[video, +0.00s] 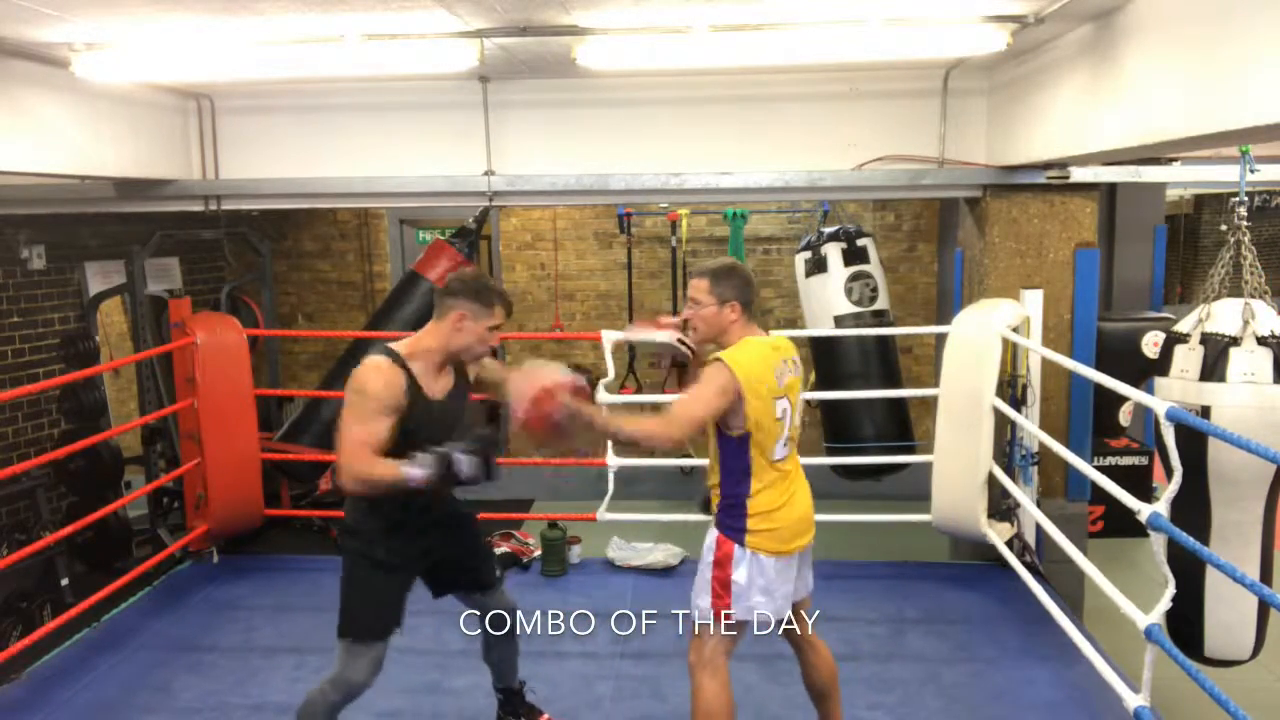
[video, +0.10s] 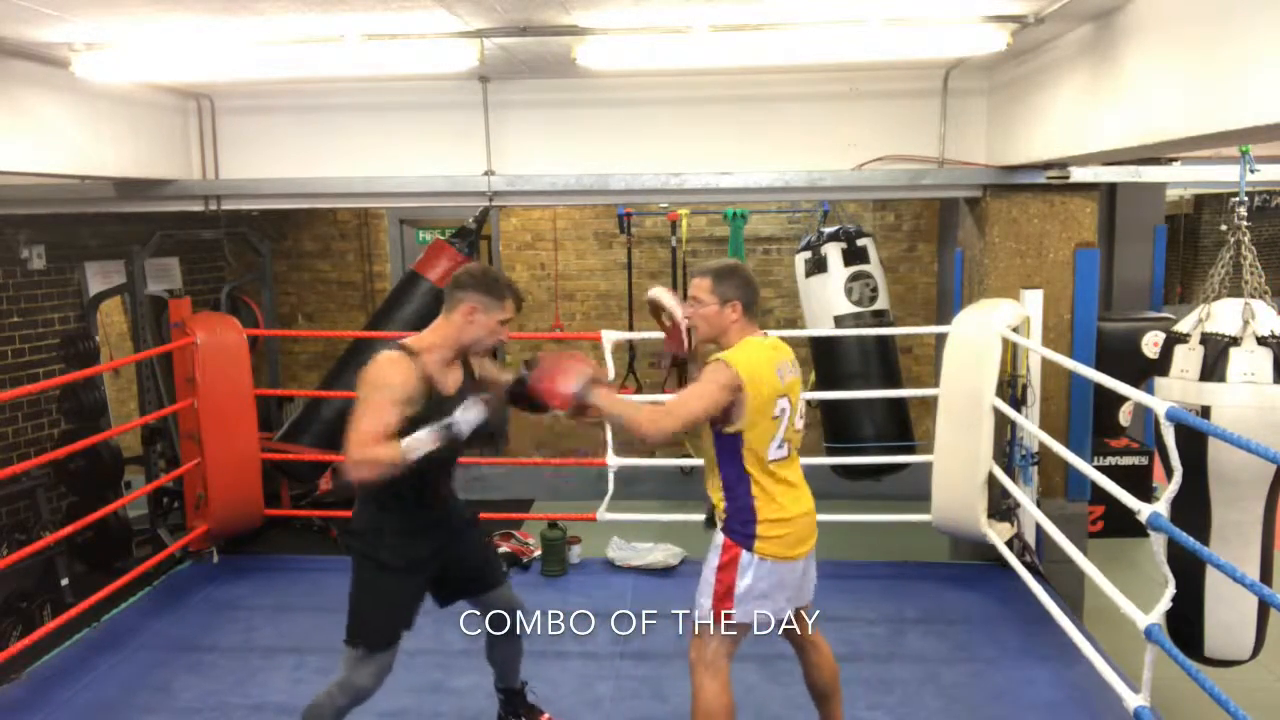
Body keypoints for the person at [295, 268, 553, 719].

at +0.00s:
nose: (496, 341)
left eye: (498, 330)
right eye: (492, 328)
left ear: (458, 322)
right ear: (457, 321)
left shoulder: (464, 363)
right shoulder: (379, 374)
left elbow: (517, 386)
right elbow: (352, 470)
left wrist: (557, 388)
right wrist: (431, 468)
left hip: (439, 517)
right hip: (377, 526)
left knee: (500, 613)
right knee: (357, 671)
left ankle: (511, 705)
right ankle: (310, 716)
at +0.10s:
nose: (506, 336)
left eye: (508, 325)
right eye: (502, 323)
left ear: (467, 314)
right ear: (467, 312)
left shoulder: (467, 363)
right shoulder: (395, 368)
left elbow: (511, 388)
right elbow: (357, 463)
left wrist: (538, 388)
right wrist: (442, 433)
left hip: (443, 518)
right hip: (389, 529)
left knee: (504, 611)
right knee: (362, 677)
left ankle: (513, 704)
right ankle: (313, 717)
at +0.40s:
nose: (578, 399)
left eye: (583, 389)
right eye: (577, 387)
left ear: (547, 373)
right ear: (548, 373)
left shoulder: (512, 406)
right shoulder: (487, 413)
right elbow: (470, 508)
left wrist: (550, 461)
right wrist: (539, 493)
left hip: (463, 543)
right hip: (417, 554)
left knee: (532, 613)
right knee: (440, 693)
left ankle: (515, 701)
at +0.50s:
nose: (577, 401)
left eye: (578, 390)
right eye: (571, 389)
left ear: (537, 386)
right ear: (535, 383)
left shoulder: (524, 426)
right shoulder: (453, 422)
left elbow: (513, 493)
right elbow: (446, 524)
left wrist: (570, 470)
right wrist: (515, 484)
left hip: (479, 553)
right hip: (425, 565)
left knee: (556, 638)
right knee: (446, 697)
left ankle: (519, 703)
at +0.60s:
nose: (565, 388)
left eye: (568, 376)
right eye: (561, 373)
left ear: (526, 371)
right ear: (525, 370)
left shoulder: (510, 421)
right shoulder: (442, 424)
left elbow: (509, 491)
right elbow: (436, 527)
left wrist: (562, 461)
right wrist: (507, 477)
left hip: (487, 559)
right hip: (437, 573)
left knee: (568, 646)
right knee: (467, 705)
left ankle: (523, 702)